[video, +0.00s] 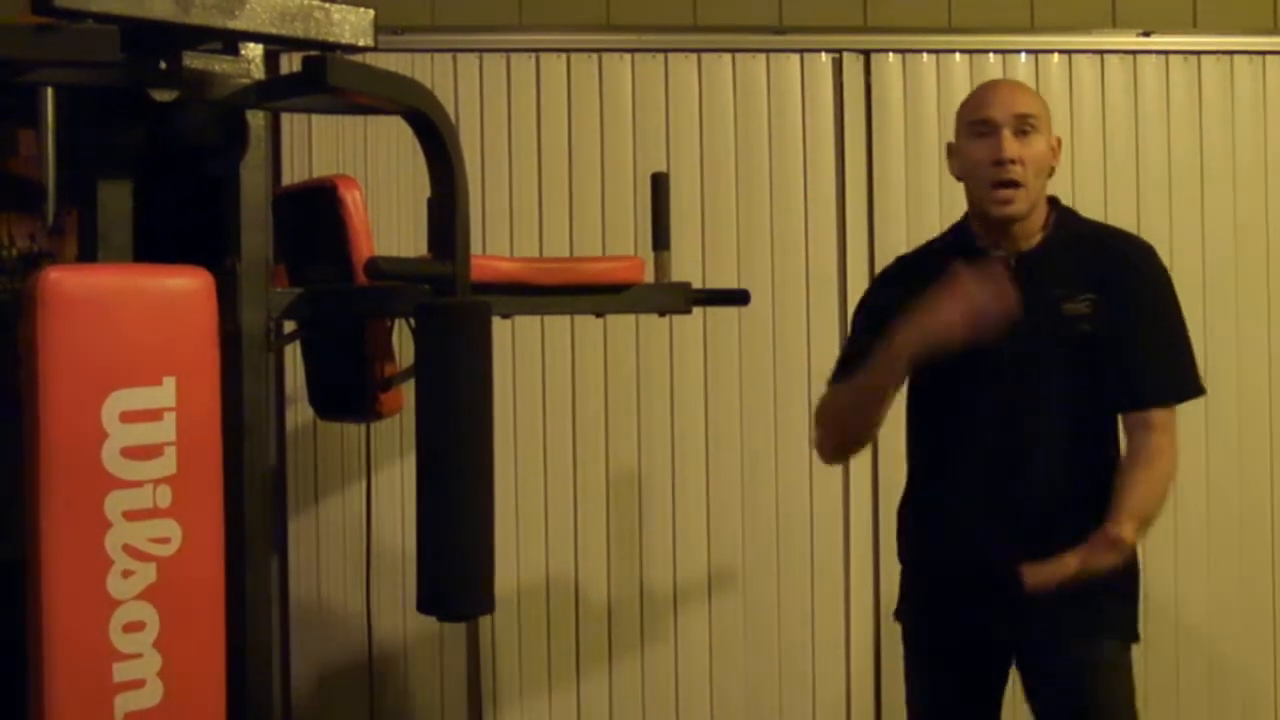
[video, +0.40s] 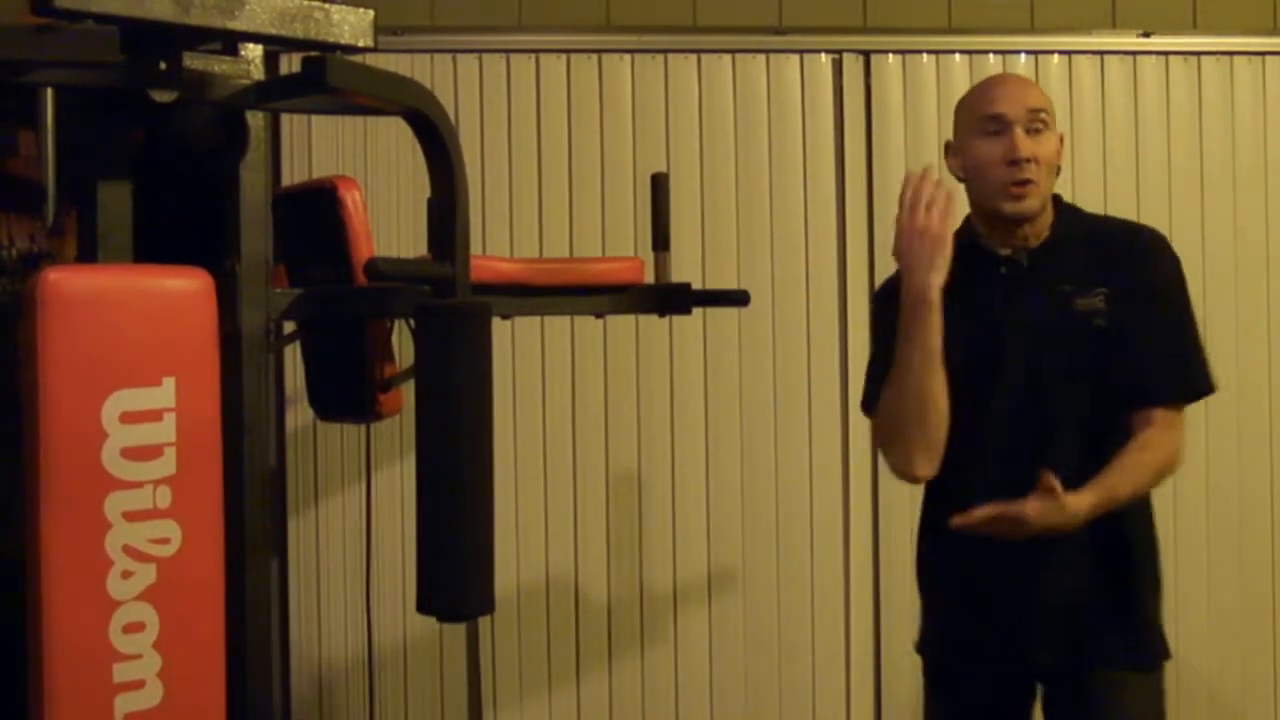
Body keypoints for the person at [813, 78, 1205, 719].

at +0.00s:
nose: (1005, 148)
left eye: (1024, 130)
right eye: (983, 132)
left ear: (1052, 154)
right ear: (954, 160)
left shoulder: (1120, 267)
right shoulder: (908, 282)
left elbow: (1152, 434)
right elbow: (832, 442)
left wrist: (1116, 535)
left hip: (1077, 580)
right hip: (948, 584)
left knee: (1097, 714)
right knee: (946, 715)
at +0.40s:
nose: (1021, 149)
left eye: (1038, 127)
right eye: (994, 131)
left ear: (1060, 150)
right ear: (955, 160)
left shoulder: (1134, 257)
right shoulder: (910, 290)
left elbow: (1163, 435)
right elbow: (913, 460)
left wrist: (1082, 503)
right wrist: (920, 291)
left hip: (1105, 610)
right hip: (970, 614)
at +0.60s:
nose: (1023, 160)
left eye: (1040, 137)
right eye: (995, 142)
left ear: (1062, 156)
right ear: (957, 172)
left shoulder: (1147, 265)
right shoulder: (923, 310)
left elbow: (1231, 434)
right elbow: (943, 492)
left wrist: (1097, 512)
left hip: (1134, 646)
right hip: (992, 657)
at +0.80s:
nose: (1032, 128)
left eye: (1050, 102)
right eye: (1005, 108)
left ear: (1081, 116)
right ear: (971, 132)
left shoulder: (1148, 228)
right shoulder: (921, 262)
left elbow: (1167, 399)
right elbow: (881, 437)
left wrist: (986, 449)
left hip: (1121, 601)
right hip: (976, 604)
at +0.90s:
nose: (1022, 131)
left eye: (1042, 104)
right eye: (996, 110)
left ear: (1075, 121)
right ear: (964, 136)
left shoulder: (1135, 236)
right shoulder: (913, 260)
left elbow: (1114, 396)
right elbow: (835, 398)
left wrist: (915, 412)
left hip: (1102, 617)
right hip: (954, 619)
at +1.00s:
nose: (995, 129)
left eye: (1016, 102)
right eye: (970, 107)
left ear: (1052, 123)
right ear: (941, 134)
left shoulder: (1113, 231)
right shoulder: (898, 250)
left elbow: (1083, 375)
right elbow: (803, 351)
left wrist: (889, 374)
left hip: (1075, 619)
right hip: (924, 621)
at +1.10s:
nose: (963, 128)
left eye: (985, 99)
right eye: (938, 108)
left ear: (1025, 118)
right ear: (913, 131)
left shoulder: (1090, 229)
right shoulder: (880, 246)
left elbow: (1066, 359)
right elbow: (789, 320)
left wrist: (873, 348)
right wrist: (870, 153)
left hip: (1049, 615)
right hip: (901, 616)